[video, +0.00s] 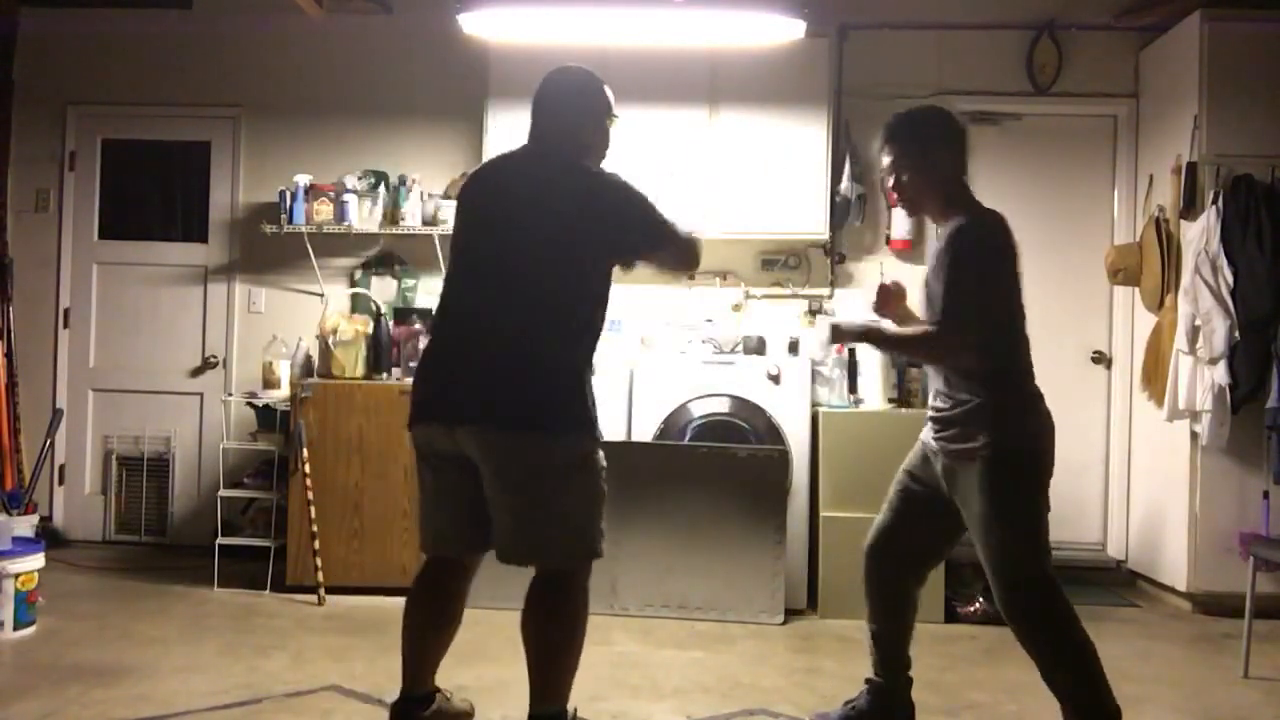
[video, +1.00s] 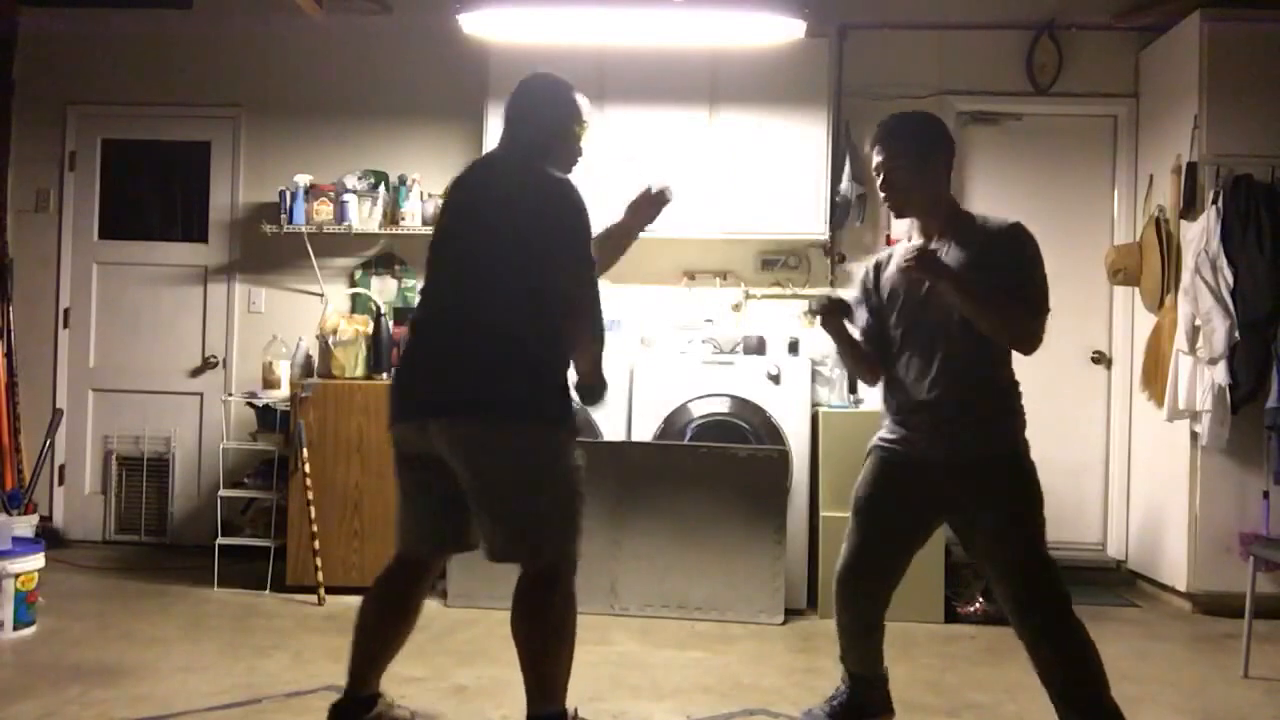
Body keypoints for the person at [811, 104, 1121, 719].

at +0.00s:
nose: (888, 185)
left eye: (898, 169)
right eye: (886, 172)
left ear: (939, 164)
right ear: (932, 171)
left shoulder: (975, 235)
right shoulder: (950, 236)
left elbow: (960, 347)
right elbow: (958, 334)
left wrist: (872, 337)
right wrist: (906, 314)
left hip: (998, 443)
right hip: (945, 438)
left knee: (1026, 598)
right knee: (887, 559)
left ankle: (1097, 715)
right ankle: (889, 695)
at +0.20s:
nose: (929, 179)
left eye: (941, 163)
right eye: (928, 165)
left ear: (986, 164)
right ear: (976, 169)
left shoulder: (1005, 247)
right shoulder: (971, 248)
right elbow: (933, 338)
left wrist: (857, 235)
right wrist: (902, 287)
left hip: (996, 451)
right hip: (949, 444)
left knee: (1019, 614)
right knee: (876, 565)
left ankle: (1102, 719)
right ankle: (886, 697)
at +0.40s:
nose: (939, 164)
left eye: (951, 149)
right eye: (940, 149)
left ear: (996, 154)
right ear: (1007, 158)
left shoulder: (953, 246)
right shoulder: (1051, 245)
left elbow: (865, 319)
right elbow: (1021, 349)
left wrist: (804, 315)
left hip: (964, 444)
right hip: (988, 438)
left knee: (1000, 612)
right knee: (883, 554)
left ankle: (1094, 718)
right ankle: (885, 697)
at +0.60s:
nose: (920, 176)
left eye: (931, 161)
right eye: (918, 164)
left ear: (977, 162)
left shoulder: (1012, 235)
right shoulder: (966, 251)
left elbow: (1006, 335)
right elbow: (958, 339)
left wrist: (929, 323)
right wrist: (911, 338)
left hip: (995, 455)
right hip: (940, 446)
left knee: (1022, 616)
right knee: (860, 555)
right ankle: (881, 695)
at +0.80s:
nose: (888, 185)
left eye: (902, 172)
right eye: (885, 175)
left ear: (945, 174)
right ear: (883, 183)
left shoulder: (1006, 250)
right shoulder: (881, 260)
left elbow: (1049, 328)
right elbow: (821, 266)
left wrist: (971, 275)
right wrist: (792, 212)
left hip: (1002, 445)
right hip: (916, 446)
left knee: (1050, 598)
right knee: (870, 580)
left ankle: (1100, 714)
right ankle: (863, 687)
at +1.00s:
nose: (880, 181)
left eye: (892, 165)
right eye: (876, 169)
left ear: (938, 163)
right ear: (879, 177)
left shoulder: (1005, 241)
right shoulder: (881, 268)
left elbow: (1027, 335)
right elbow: (870, 371)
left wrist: (948, 282)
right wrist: (841, 332)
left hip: (988, 448)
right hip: (904, 447)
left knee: (1039, 612)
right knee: (855, 585)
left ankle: (1100, 719)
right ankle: (865, 696)